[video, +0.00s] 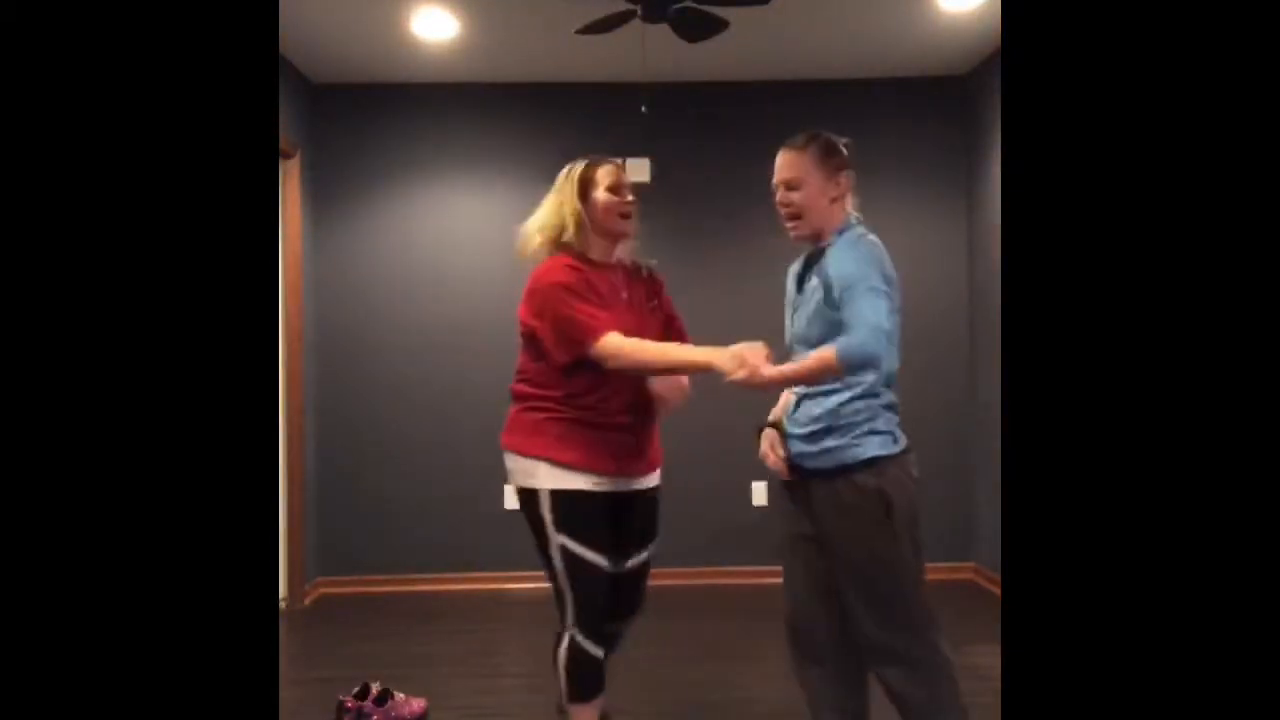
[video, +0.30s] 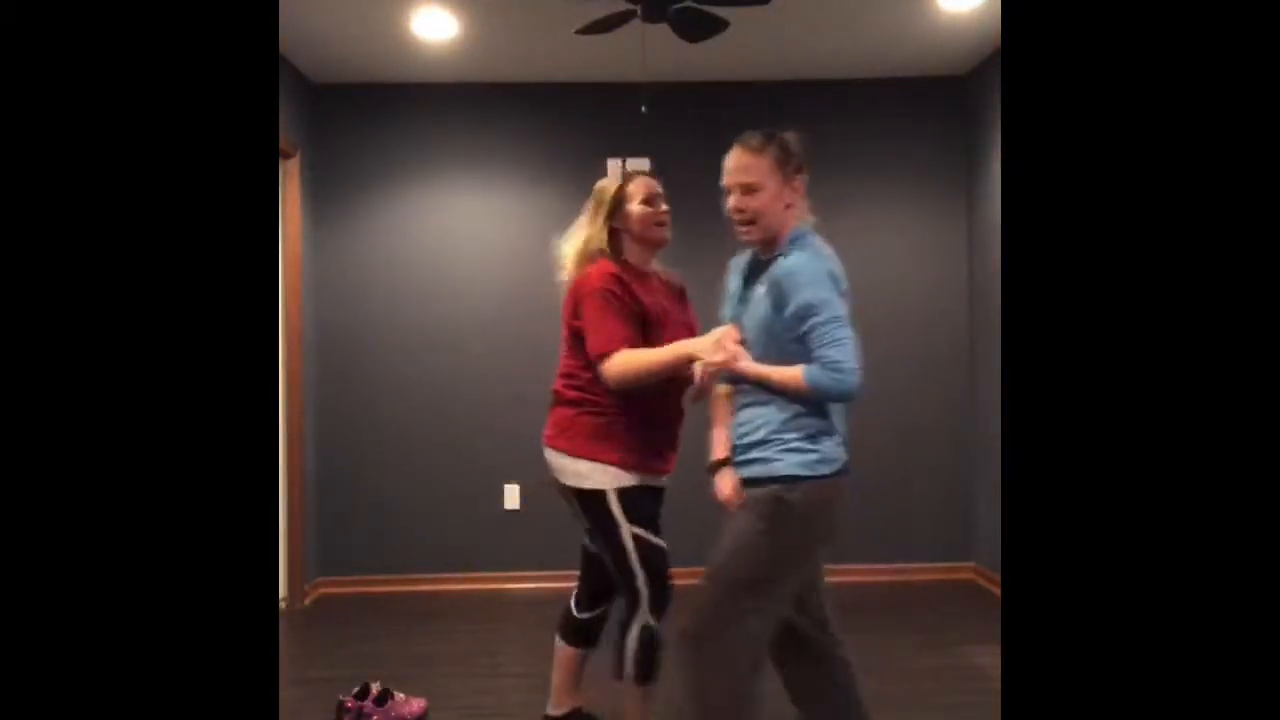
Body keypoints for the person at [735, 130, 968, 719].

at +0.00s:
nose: (782, 199)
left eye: (795, 187)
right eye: (777, 188)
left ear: (840, 187)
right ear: (775, 193)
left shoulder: (855, 252)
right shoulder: (803, 269)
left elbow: (869, 347)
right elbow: (809, 365)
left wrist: (779, 371)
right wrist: (774, 424)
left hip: (864, 476)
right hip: (808, 477)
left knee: (898, 641)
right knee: (818, 643)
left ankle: (942, 713)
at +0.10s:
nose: (778, 198)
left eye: (792, 185)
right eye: (774, 187)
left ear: (838, 186)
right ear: (771, 191)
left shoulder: (854, 255)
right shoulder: (799, 265)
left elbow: (883, 362)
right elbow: (790, 367)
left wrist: (791, 364)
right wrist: (765, 435)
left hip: (850, 477)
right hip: (802, 476)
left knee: (868, 642)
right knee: (822, 639)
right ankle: (850, 716)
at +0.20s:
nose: (762, 199)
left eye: (775, 186)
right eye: (756, 187)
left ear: (822, 185)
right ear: (753, 189)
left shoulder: (840, 261)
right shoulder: (778, 262)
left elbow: (875, 371)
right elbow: (761, 364)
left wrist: (781, 365)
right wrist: (749, 448)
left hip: (831, 478)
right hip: (791, 476)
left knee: (774, 632)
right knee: (818, 634)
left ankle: (844, 710)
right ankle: (848, 712)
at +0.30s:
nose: (735, 205)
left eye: (750, 190)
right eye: (729, 192)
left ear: (793, 191)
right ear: (724, 194)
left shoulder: (806, 268)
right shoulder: (744, 266)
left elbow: (842, 378)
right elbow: (725, 366)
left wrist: (746, 367)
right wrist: (722, 458)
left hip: (797, 486)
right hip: (760, 482)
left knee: (710, 634)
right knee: (804, 645)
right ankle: (843, 714)